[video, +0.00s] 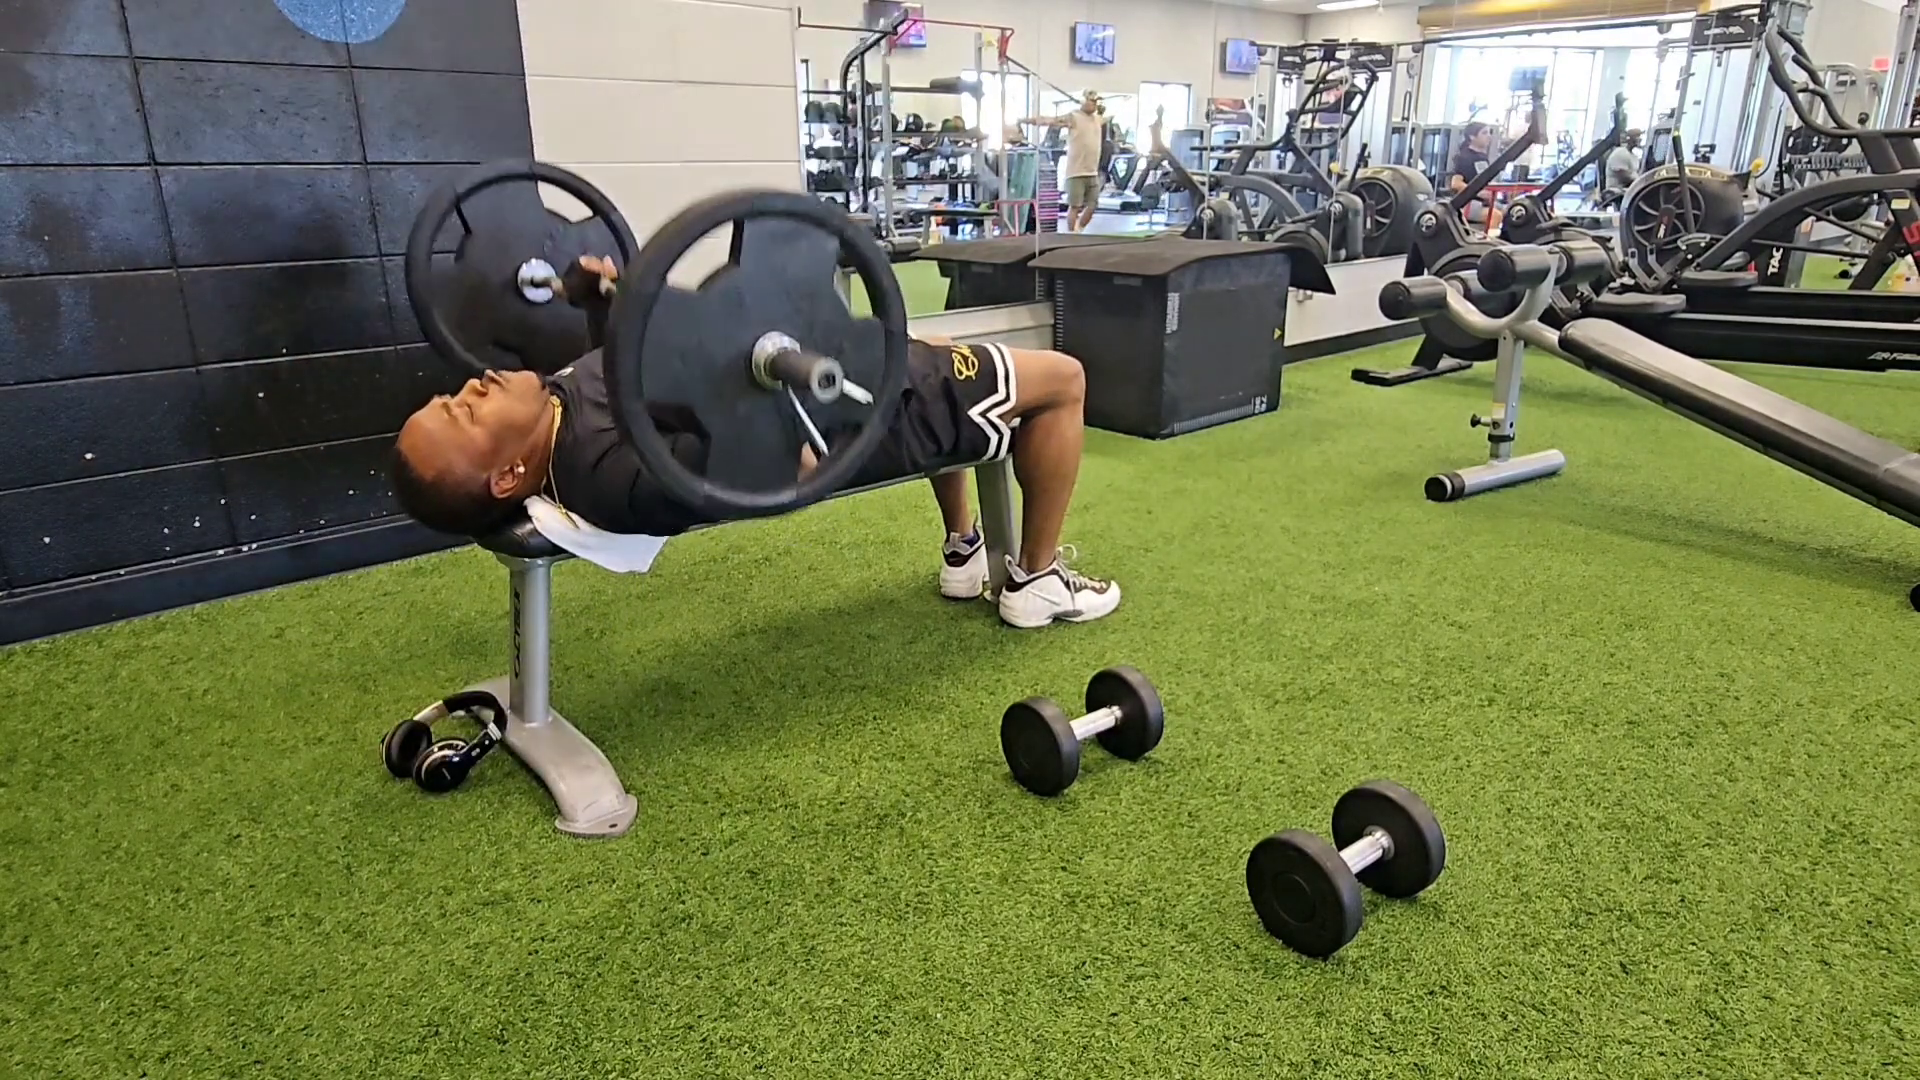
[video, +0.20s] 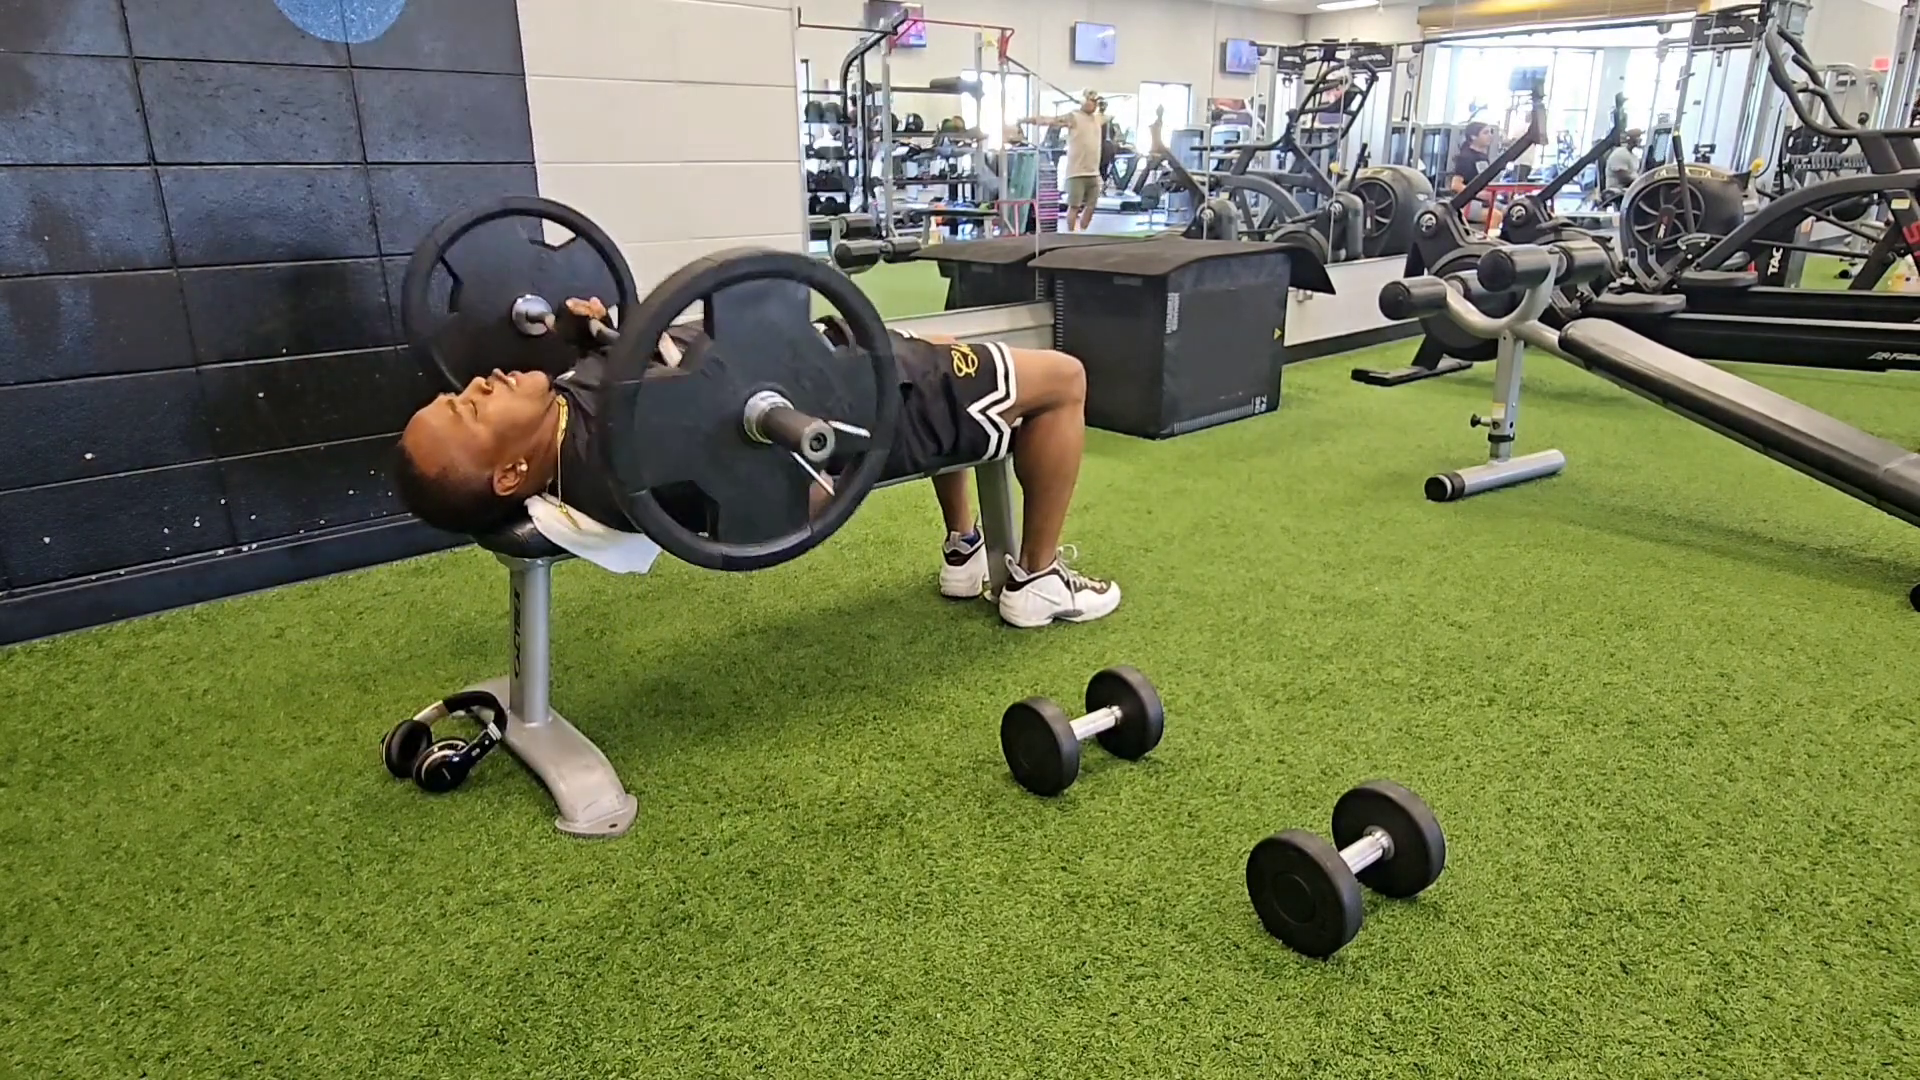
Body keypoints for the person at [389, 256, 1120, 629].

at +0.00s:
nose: (477, 376)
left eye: (455, 393)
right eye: (469, 404)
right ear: (513, 472)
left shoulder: (558, 393)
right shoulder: (612, 473)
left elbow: (653, 354)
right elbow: (757, 479)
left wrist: (614, 301)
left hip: (776, 377)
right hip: (832, 427)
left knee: (938, 350)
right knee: (1064, 380)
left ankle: (965, 549)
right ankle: (1039, 577)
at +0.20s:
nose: (483, 376)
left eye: (460, 386)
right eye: (471, 403)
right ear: (512, 476)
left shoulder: (558, 396)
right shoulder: (612, 460)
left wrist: (599, 326)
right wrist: (807, 494)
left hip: (795, 379)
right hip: (851, 422)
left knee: (933, 342)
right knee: (1063, 378)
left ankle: (966, 545)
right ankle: (1039, 578)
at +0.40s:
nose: (495, 385)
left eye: (484, 383)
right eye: (483, 400)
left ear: (487, 393)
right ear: (488, 450)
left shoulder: (542, 396)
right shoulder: (553, 449)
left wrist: (471, 326)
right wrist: (496, 346)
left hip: (790, 349)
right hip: (834, 393)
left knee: (942, 345)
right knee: (1061, 375)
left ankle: (970, 548)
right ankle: (1040, 575)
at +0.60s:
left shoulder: (434, 426)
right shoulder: (533, 472)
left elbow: (466, 286)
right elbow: (609, 328)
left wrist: (378, 402)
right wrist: (484, 401)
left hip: (773, 345)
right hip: (821, 390)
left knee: (935, 353)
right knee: (1053, 374)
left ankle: (966, 549)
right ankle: (1041, 572)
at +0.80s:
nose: (429, 409)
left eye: (415, 425)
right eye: (434, 431)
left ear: (406, 445)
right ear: (476, 478)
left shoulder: (459, 423)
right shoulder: (580, 461)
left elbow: (377, 329)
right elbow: (517, 375)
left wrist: (368, 460)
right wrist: (417, 485)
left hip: (772, 340)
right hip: (827, 382)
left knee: (926, 344)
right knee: (1048, 372)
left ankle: (967, 545)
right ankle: (1039, 574)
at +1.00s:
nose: (446, 397)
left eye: (430, 412)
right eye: (444, 421)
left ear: (426, 467)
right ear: (483, 470)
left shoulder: (495, 417)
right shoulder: (595, 464)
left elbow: (368, 347)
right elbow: (491, 412)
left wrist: (378, 485)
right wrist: (437, 551)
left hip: (780, 340)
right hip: (836, 382)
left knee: (930, 342)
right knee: (1049, 372)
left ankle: (966, 547)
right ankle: (1037, 574)